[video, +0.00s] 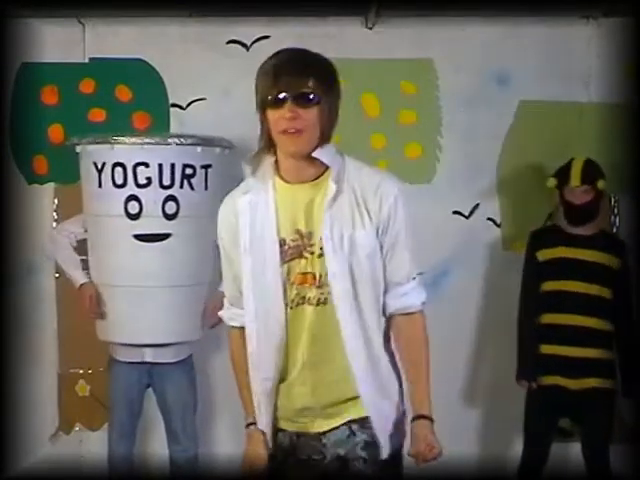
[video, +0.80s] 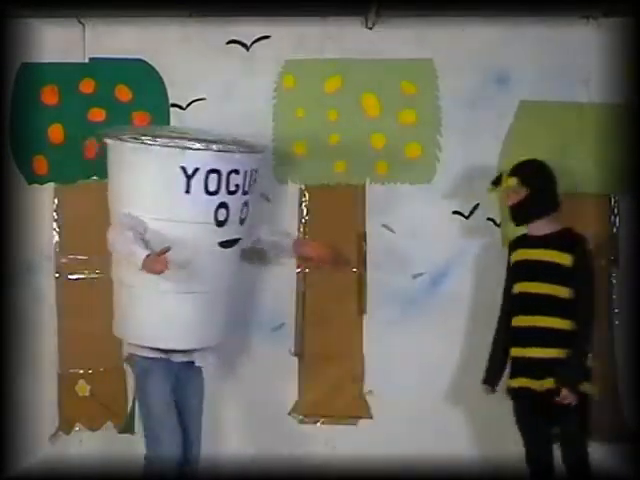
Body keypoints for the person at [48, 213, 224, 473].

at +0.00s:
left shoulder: (190, 227)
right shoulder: (110, 220)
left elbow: (239, 252)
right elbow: (59, 235)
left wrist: (223, 295)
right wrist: (82, 282)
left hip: (176, 355)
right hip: (125, 354)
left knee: (185, 448)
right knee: (120, 451)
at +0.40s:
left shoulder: (190, 232)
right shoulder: (112, 222)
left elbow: (234, 248)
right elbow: (63, 241)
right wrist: (95, 281)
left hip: (175, 359)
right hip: (125, 359)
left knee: (184, 448)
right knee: (120, 452)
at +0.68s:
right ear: (161, 178)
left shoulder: (211, 219)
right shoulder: (137, 213)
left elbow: (254, 236)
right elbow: (100, 236)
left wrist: (300, 259)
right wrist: (123, 267)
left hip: (188, 355)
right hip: (143, 355)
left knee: (188, 455)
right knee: (153, 450)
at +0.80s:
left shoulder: (215, 217)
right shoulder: (149, 205)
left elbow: (250, 239)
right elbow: (119, 234)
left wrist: (299, 248)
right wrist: (143, 258)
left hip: (189, 351)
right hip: (148, 349)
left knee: (190, 455)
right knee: (166, 454)